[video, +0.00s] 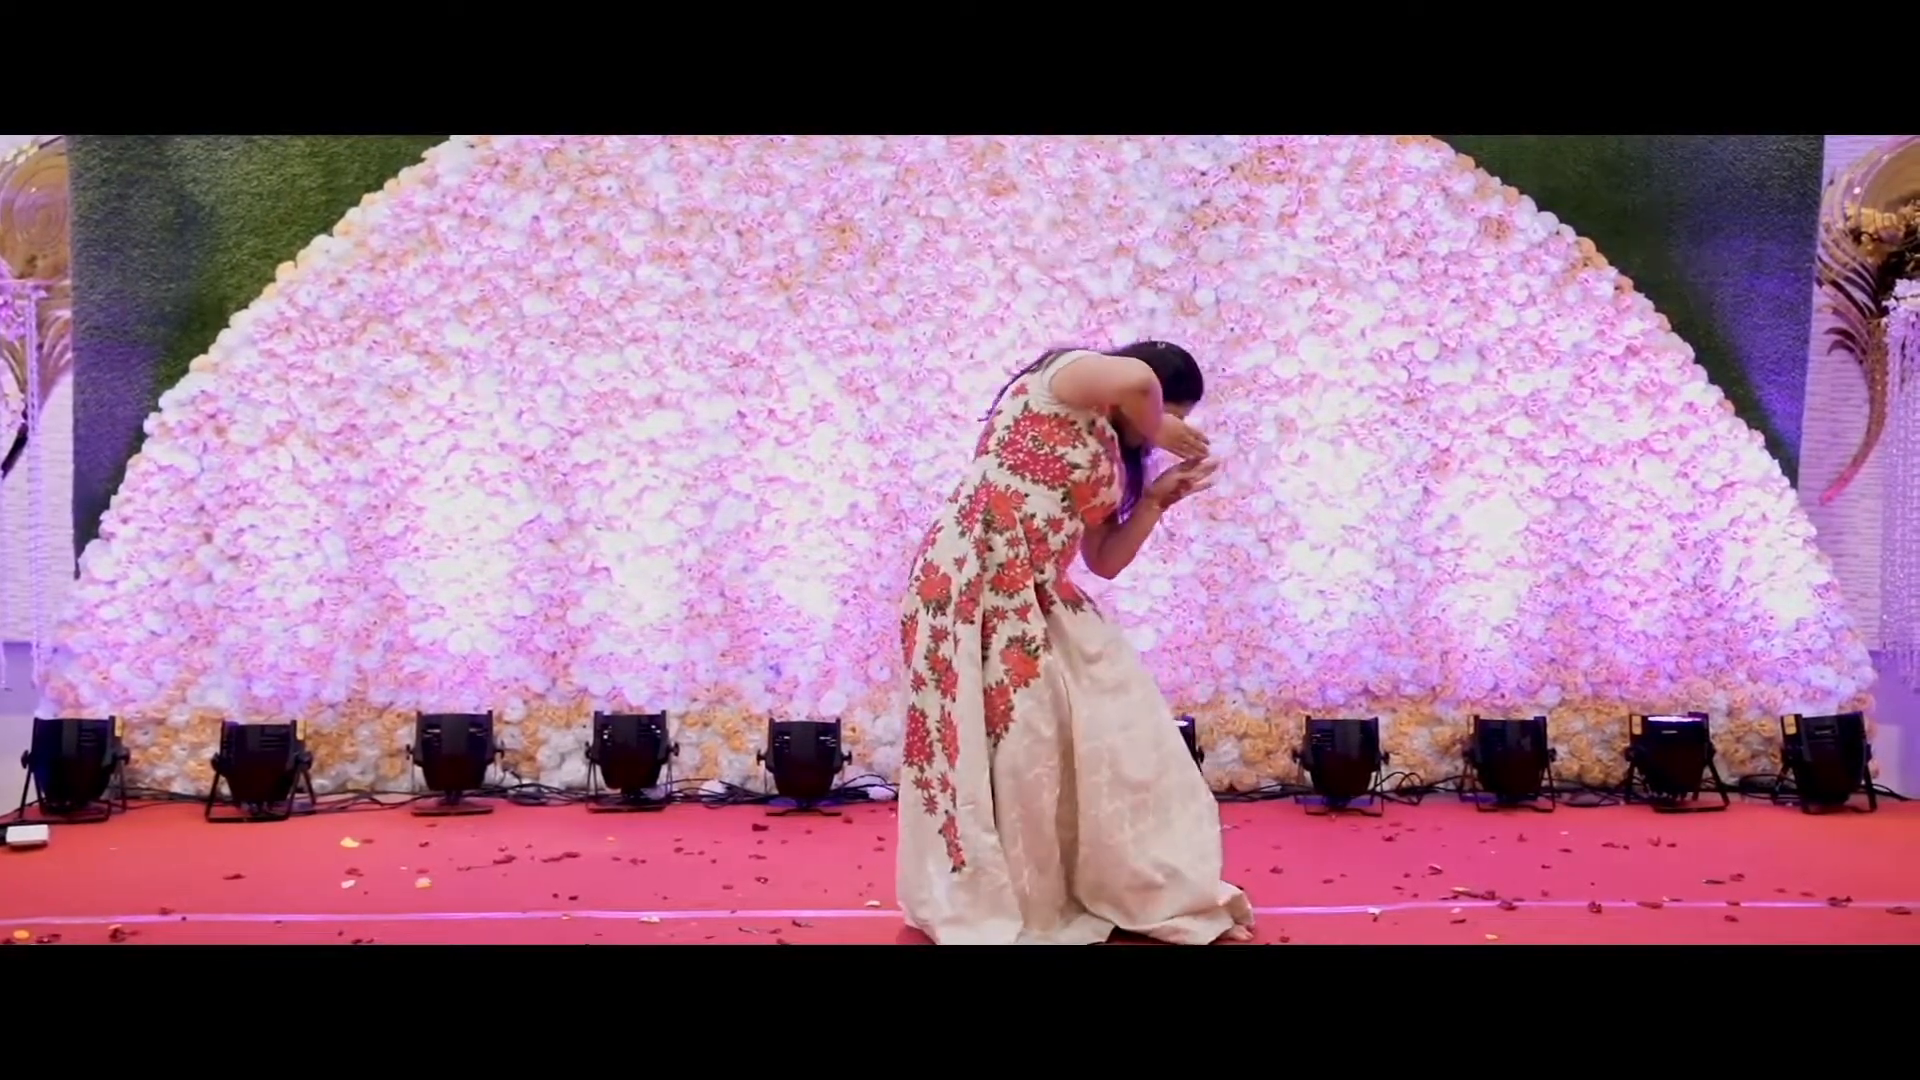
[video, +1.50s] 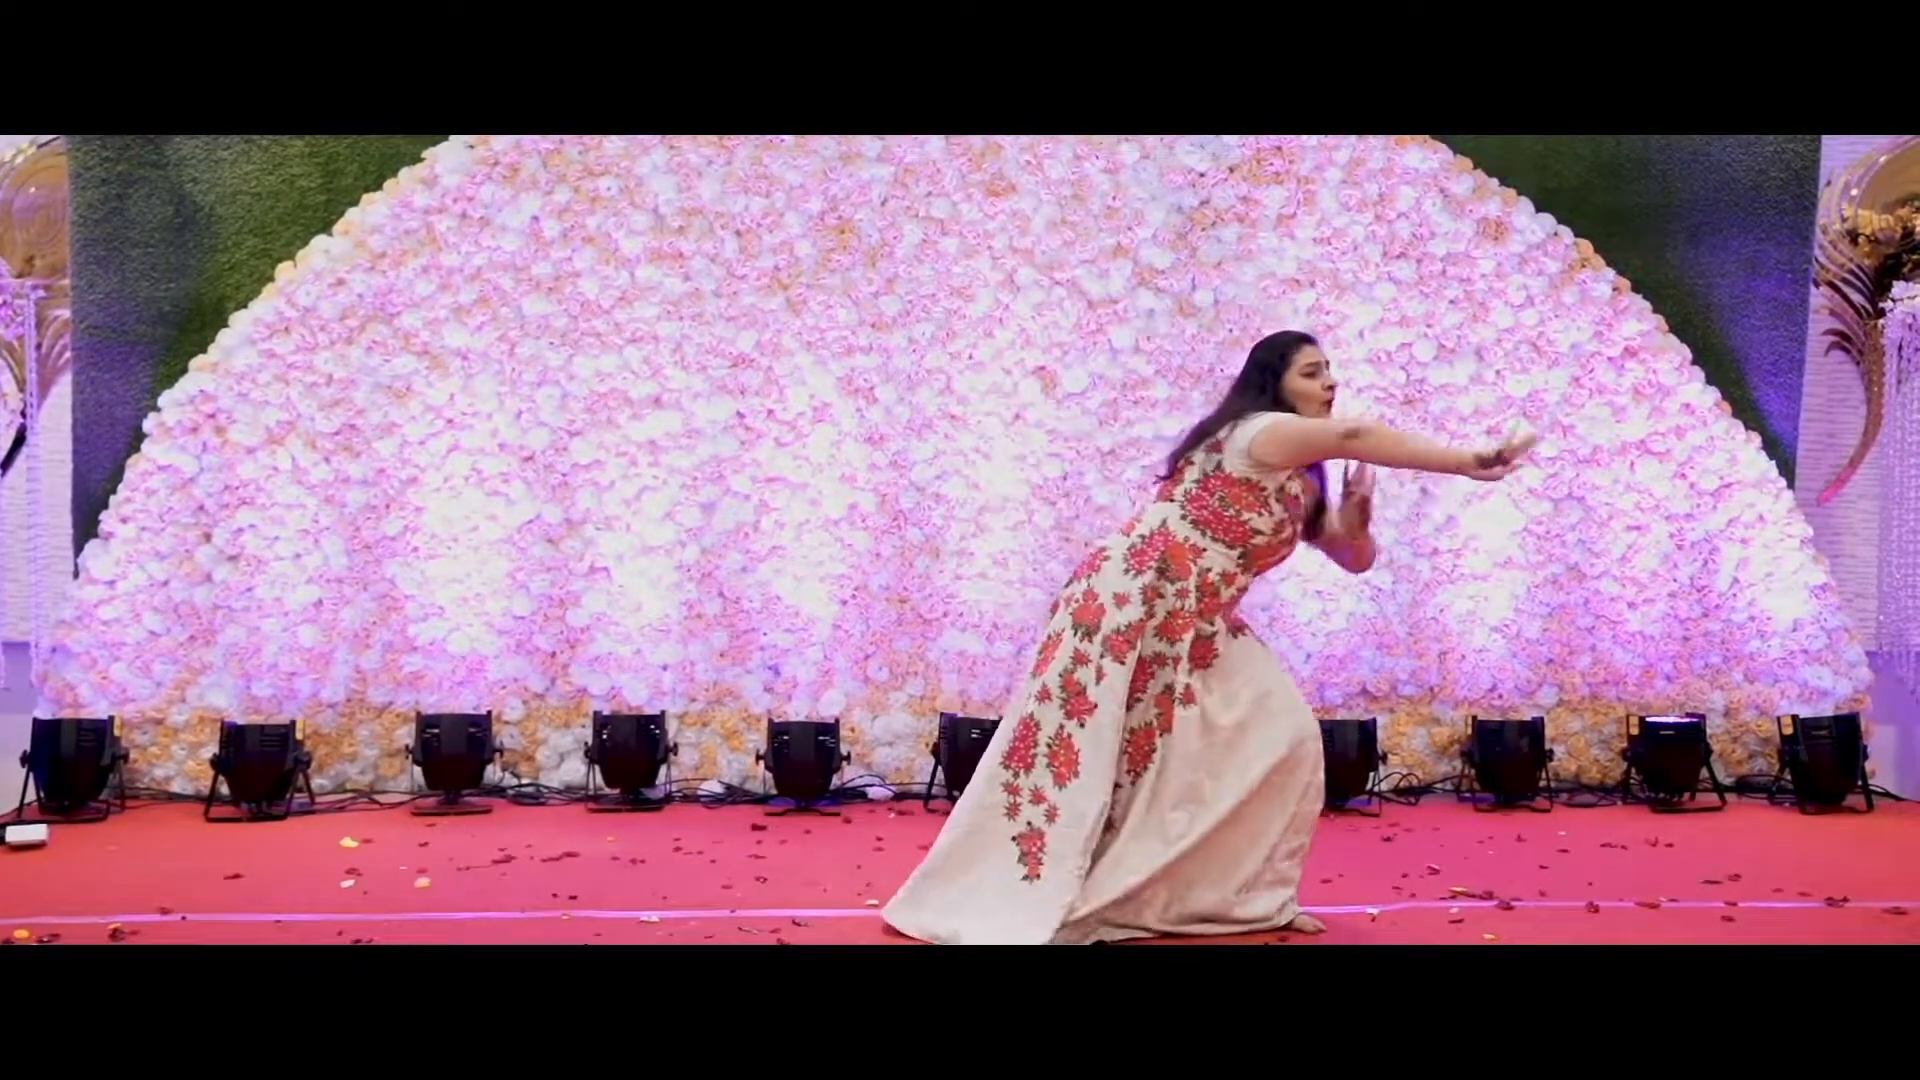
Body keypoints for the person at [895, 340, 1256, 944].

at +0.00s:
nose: (1168, 423)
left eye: (1173, 417)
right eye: (1171, 411)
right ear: (1142, 377)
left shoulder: (1106, 468)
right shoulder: (1061, 379)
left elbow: (1105, 559)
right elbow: (1138, 378)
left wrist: (1155, 500)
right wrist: (1159, 431)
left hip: (1035, 598)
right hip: (967, 587)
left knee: (1125, 722)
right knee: (1025, 735)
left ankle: (1158, 889)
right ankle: (1016, 898)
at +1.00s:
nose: (1194, 356)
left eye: (1196, 343)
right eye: (1186, 340)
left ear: (1158, 346)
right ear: (1146, 336)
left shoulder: (1144, 437)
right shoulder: (1083, 373)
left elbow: (1158, 537)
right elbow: (1095, 445)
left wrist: (1211, 464)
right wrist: (1149, 388)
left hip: (1090, 597)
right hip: (1027, 585)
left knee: (1137, 736)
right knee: (1022, 741)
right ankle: (1010, 892)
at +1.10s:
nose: (1236, 356)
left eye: (1235, 344)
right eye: (1224, 343)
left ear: (1203, 352)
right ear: (1185, 348)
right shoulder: (1156, 392)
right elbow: (1168, 483)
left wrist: (1248, 505)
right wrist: (1221, 441)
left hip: (1111, 602)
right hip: (1053, 591)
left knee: (1187, 726)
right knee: (1056, 743)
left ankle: (1211, 887)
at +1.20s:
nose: (1278, 364)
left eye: (1275, 352)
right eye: (1263, 352)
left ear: (1226, 361)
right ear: (1224, 360)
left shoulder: (1209, 441)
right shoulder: (1206, 405)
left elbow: (1223, 569)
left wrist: (1292, 539)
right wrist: (1269, 454)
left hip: (1131, 605)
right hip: (1079, 591)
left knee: (1222, 716)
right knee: (1067, 742)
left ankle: (1218, 888)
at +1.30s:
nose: (1310, 376)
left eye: (1306, 362)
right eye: (1293, 364)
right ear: (1255, 375)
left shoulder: (1233, 457)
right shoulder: (1239, 423)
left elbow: (1235, 582)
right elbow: (1342, 436)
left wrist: (1280, 542)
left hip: (1162, 610)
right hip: (1104, 593)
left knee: (1251, 724)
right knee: (1084, 750)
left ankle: (1236, 894)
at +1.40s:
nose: (1326, 385)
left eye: (1322, 372)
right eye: (1309, 374)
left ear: (1306, 383)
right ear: (1268, 385)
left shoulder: (1275, 481)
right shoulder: (1254, 431)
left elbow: (1281, 586)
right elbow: (1359, 430)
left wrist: (1297, 543)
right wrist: (1452, 473)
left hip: (1179, 621)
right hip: (1116, 602)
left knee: (1272, 732)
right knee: (1082, 757)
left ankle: (1230, 896)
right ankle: (1073, 905)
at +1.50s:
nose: (1331, 385)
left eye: (1331, 372)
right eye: (1315, 373)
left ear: (1319, 385)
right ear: (1275, 387)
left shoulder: (1302, 479)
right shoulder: (1256, 435)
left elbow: (1355, 557)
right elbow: (1356, 435)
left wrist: (1361, 501)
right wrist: (1472, 458)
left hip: (1197, 627)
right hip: (1126, 609)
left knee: (1286, 731)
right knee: (1089, 759)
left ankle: (1224, 893)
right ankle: (1048, 906)